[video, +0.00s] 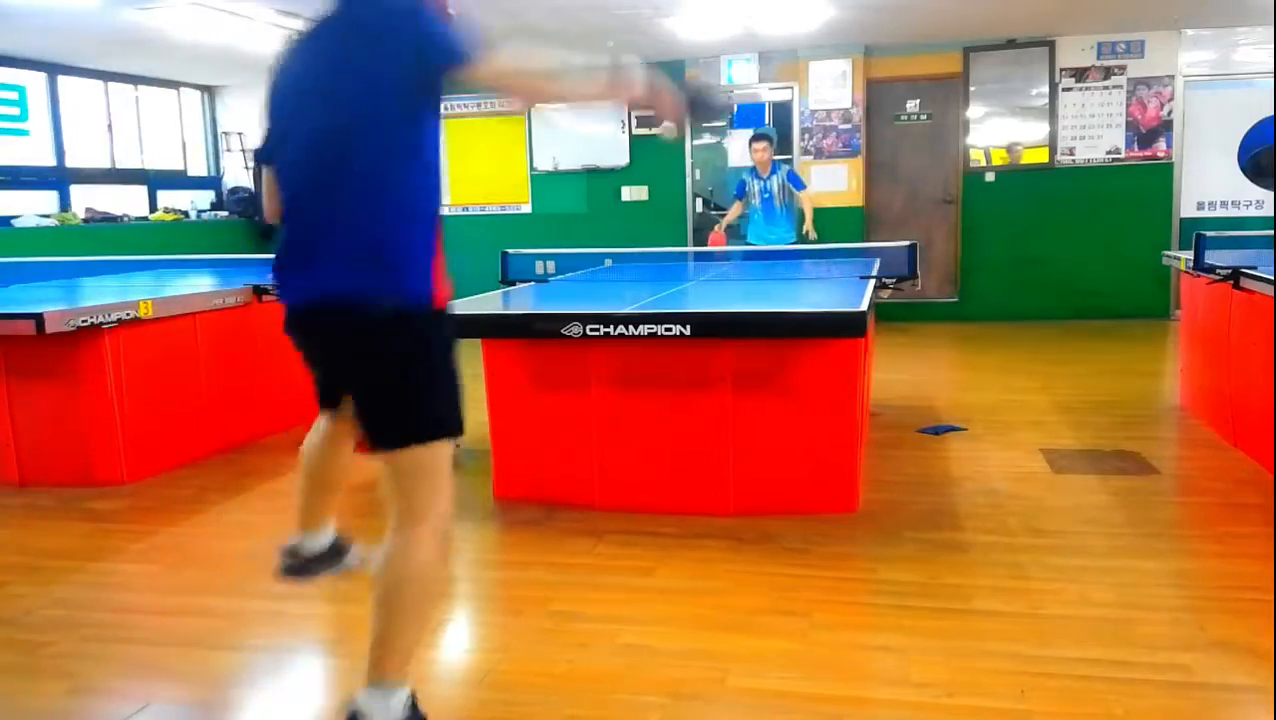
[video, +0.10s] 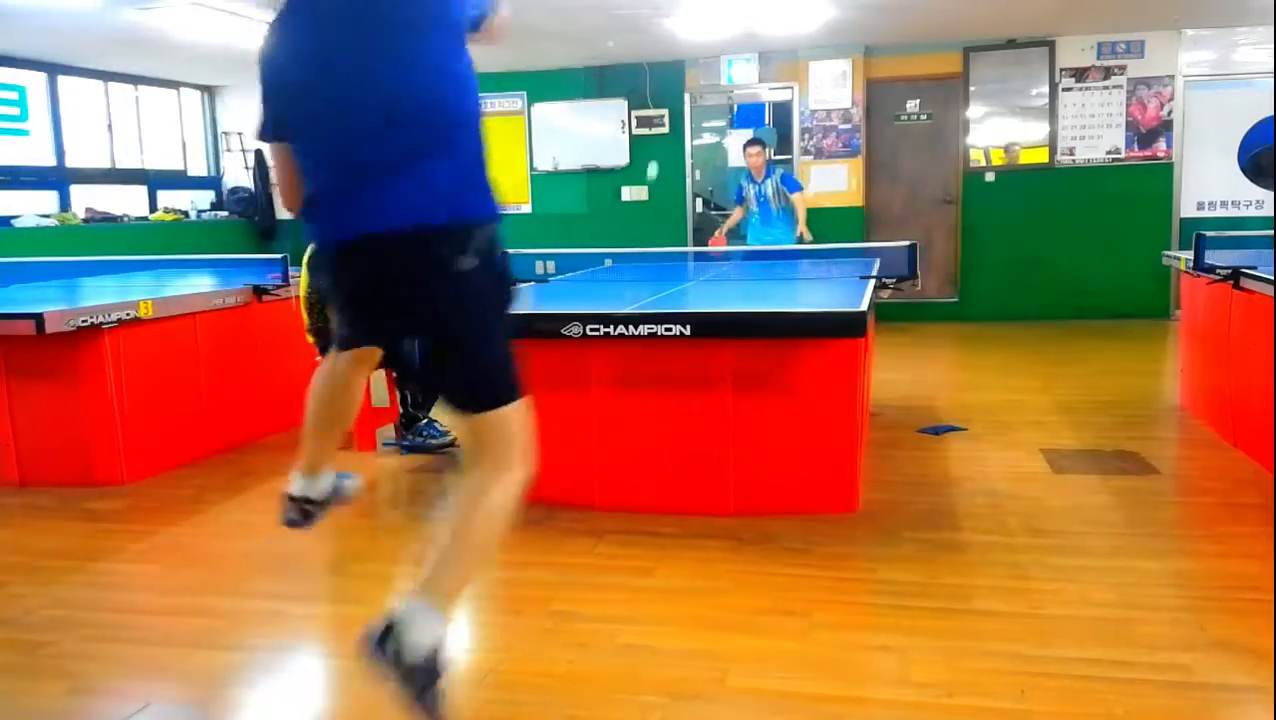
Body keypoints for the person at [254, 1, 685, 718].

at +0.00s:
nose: (448, 10)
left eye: (444, 9)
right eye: (443, 5)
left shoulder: (296, 56)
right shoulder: (409, 25)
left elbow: (274, 203)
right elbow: (521, 83)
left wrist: (350, 185)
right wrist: (620, 85)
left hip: (308, 292)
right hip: (391, 295)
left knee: (341, 411)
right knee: (423, 517)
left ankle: (309, 542)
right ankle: (383, 699)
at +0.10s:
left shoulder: (284, 35)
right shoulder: (429, 3)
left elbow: (290, 193)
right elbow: (493, 25)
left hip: (348, 249)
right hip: (449, 234)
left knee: (349, 350)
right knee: (503, 456)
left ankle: (308, 482)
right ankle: (419, 622)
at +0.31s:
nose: (435, 15)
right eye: (434, 8)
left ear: (356, 19)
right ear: (427, 8)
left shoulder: (333, 106)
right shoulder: (489, 64)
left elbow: (314, 266)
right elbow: (551, 162)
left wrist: (360, 331)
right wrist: (470, 188)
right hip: (533, 328)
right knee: (627, 483)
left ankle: (390, 711)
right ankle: (721, 632)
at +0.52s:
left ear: (424, 62)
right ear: (498, 56)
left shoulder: (405, 164)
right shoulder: (563, 139)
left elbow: (385, 297)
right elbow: (638, 244)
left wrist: (390, 372)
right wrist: (625, 298)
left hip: (479, 397)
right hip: (580, 382)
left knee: (403, 552)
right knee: (644, 514)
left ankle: (385, 696)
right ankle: (727, 646)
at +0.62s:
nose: (527, 27)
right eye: (527, 20)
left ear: (450, 27)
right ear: (523, 24)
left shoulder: (411, 111)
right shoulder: (577, 103)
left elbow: (382, 236)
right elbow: (629, 232)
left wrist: (394, 329)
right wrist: (623, 296)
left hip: (462, 359)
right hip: (568, 352)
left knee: (403, 511)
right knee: (637, 501)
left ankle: (358, 679)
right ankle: (699, 652)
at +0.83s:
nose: (548, 48)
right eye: (547, 38)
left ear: (468, 44)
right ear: (541, 46)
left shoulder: (425, 129)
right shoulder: (575, 125)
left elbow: (374, 251)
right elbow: (628, 247)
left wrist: (396, 329)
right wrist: (617, 317)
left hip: (450, 370)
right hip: (551, 367)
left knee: (400, 511)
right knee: (634, 501)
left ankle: (343, 667)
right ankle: (665, 666)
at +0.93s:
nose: (549, 45)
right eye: (548, 36)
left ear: (469, 43)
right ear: (541, 42)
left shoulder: (431, 123)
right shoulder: (586, 102)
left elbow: (385, 242)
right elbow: (660, 196)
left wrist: (406, 303)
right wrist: (629, 259)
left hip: (471, 362)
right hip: (574, 356)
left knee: (409, 509)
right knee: (640, 503)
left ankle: (345, 661)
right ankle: (669, 664)